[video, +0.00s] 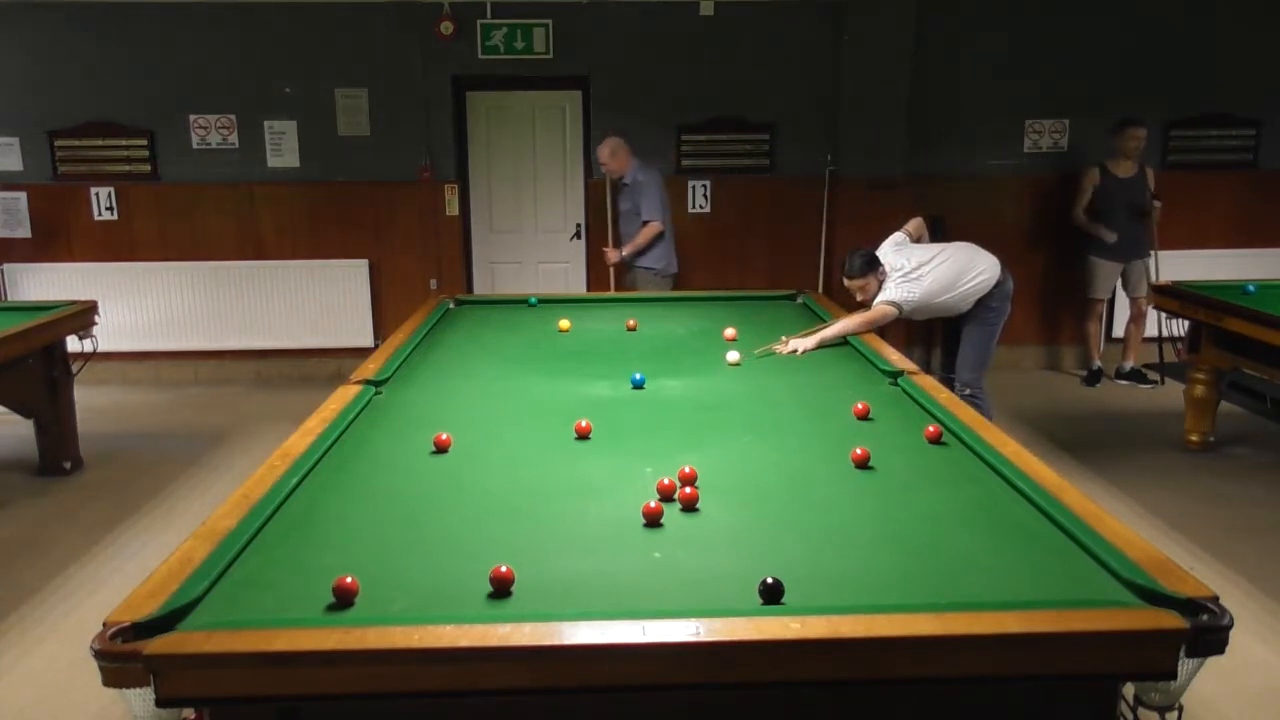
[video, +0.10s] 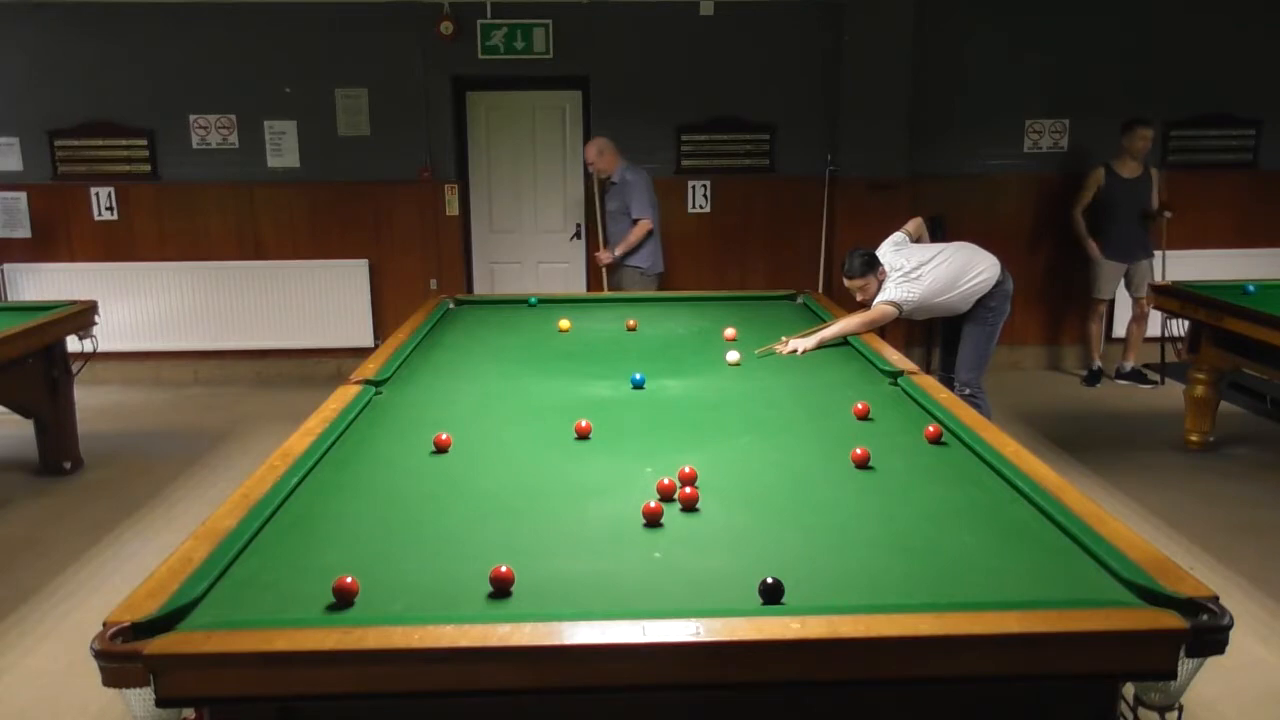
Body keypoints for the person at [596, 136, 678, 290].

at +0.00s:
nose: (603, 170)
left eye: (605, 164)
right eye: (601, 165)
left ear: (621, 156)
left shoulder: (646, 178)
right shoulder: (628, 181)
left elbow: (655, 225)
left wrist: (623, 253)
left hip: (653, 269)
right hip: (637, 266)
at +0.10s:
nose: (590, 170)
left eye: (592, 163)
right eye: (588, 165)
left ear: (607, 155)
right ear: (605, 156)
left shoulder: (634, 178)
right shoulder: (614, 183)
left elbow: (645, 223)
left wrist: (615, 253)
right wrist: (610, 251)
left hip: (639, 268)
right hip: (622, 266)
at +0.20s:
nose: (580, 166)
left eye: (581, 161)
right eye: (578, 162)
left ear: (595, 154)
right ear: (593, 155)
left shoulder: (623, 176)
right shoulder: (602, 180)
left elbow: (636, 221)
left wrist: (607, 253)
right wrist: (599, 249)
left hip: (627, 263)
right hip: (612, 262)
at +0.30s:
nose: (570, 165)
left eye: (572, 159)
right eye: (568, 160)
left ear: (585, 152)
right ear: (583, 153)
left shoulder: (614, 175)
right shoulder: (591, 178)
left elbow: (627, 219)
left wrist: (600, 253)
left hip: (617, 260)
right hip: (598, 260)